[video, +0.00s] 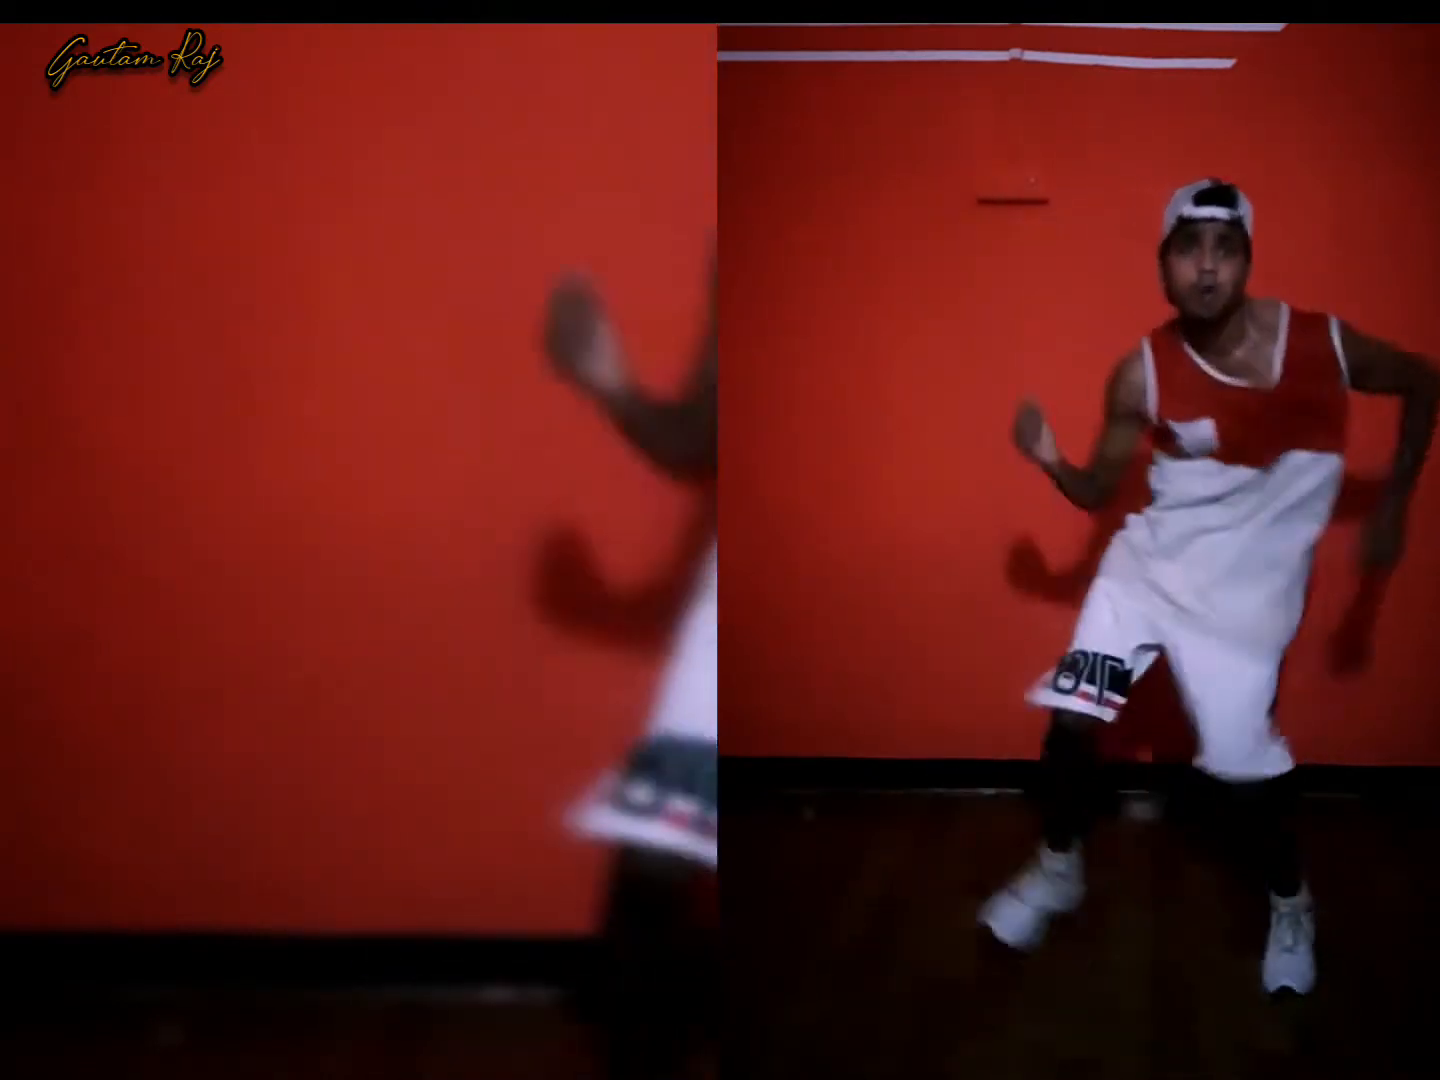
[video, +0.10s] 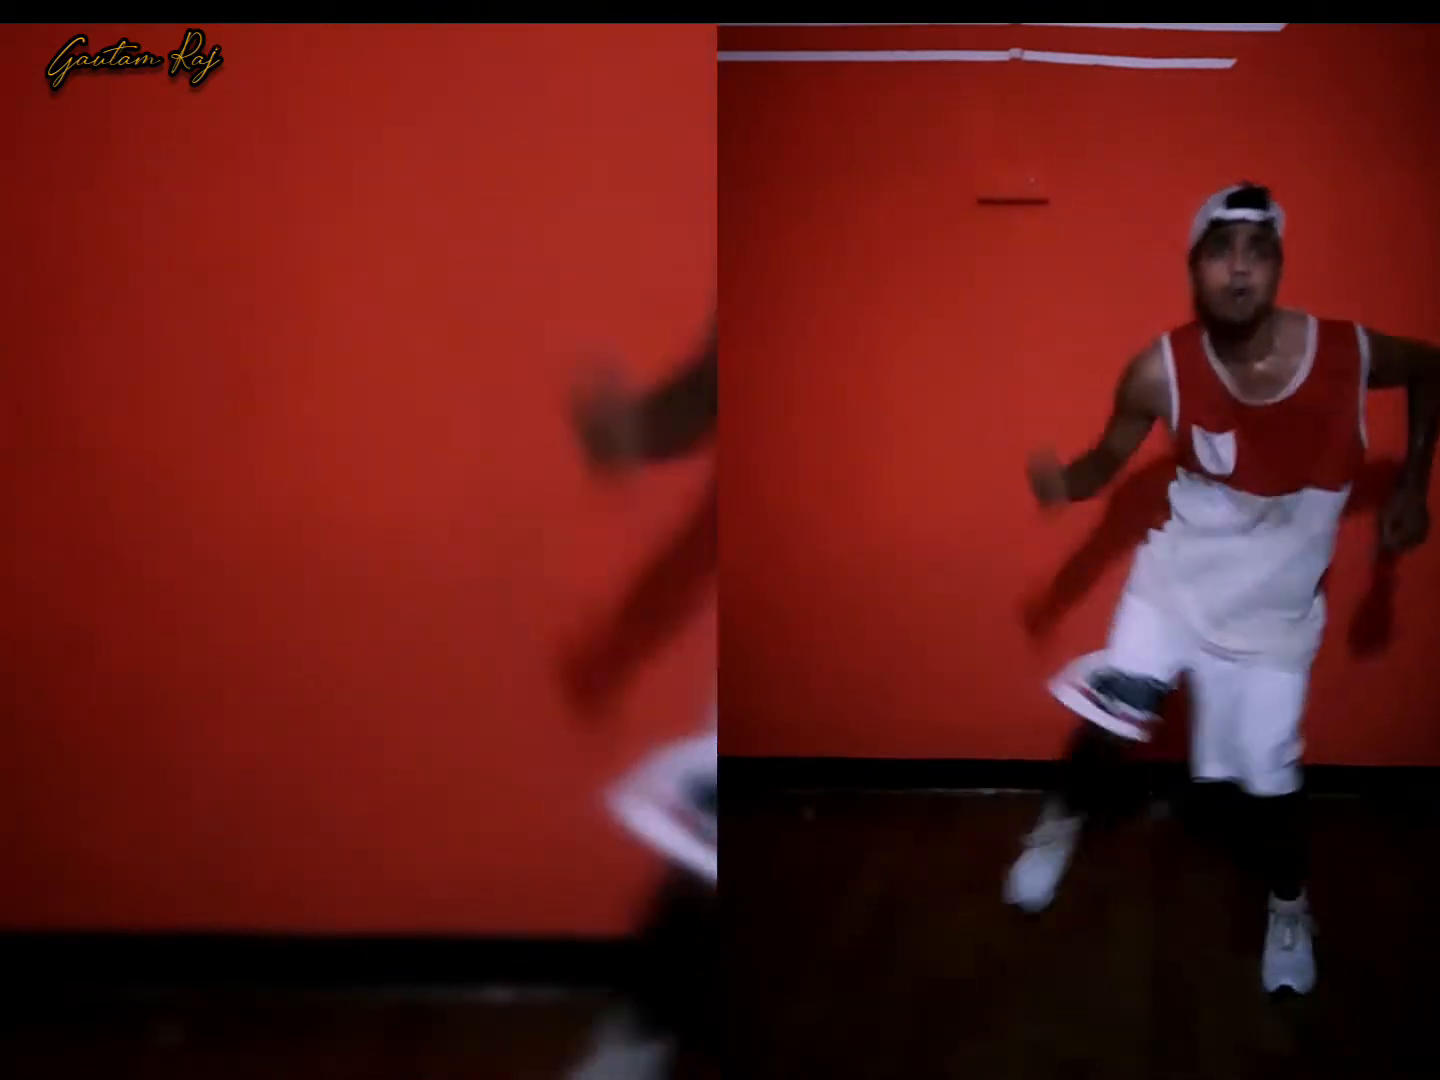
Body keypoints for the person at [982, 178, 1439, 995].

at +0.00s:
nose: (1207, 269)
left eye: (1224, 251)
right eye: (1189, 252)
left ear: (1248, 262)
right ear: (1165, 267)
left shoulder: (1318, 346)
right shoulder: (1144, 371)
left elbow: (1420, 381)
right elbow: (1096, 489)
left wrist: (1394, 503)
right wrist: (1051, 460)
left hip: (1248, 589)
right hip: (1146, 565)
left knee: (1237, 759)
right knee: (1070, 720)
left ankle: (1288, 909)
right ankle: (1056, 869)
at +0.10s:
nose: (1239, 270)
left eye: (1257, 252)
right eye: (1221, 252)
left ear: (1281, 268)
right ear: (1195, 270)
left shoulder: (1346, 353)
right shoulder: (1163, 370)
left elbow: (1430, 372)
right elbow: (1105, 463)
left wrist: (1414, 485)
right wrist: (1065, 481)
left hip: (1279, 595)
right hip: (1178, 572)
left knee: (1262, 773)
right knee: (1113, 714)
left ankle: (1288, 912)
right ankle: (1058, 826)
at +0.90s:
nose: (1207, 263)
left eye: (1223, 245)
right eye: (1189, 246)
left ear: (1247, 259)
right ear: (1163, 260)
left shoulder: (1293, 363)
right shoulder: (1114, 348)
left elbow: (1292, 507)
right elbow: (1045, 413)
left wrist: (1303, 449)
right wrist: (1054, 508)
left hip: (1255, 554)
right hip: (1150, 546)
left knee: (1290, 706)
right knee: (1127, 711)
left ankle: (1239, 812)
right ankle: (1135, 875)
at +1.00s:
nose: (1191, 274)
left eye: (1208, 257)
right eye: (1174, 256)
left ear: (1231, 272)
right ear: (1148, 269)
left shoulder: (1264, 372)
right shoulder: (1094, 354)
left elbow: (1261, 531)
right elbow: (1039, 406)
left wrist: (1275, 426)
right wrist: (1047, 503)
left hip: (1231, 578)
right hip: (1128, 573)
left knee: (1250, 729)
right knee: (1118, 745)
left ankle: (1172, 781)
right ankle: (1133, 885)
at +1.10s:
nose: (1157, 270)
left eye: (1174, 254)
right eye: (1140, 253)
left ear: (1199, 269)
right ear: (1117, 268)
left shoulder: (1250, 368)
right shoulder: (1080, 359)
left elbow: (1283, 478)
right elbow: (1036, 429)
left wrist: (1238, 485)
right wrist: (1025, 524)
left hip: (1192, 592)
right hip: (1102, 577)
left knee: (1165, 752)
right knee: (1076, 740)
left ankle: (1062, 792)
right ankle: (1128, 881)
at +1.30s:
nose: (1128, 284)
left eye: (1145, 268)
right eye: (1112, 268)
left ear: (1170, 279)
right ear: (1092, 282)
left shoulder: (1230, 374)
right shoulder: (1067, 374)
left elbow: (1286, 452)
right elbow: (1043, 465)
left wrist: (1219, 526)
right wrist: (1016, 512)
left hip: (1167, 600)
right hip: (1083, 585)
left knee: (1106, 776)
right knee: (1058, 751)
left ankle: (1042, 802)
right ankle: (1125, 881)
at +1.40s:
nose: (1138, 280)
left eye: (1155, 263)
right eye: (1121, 263)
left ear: (1179, 276)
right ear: (1099, 277)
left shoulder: (1233, 371)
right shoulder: (1064, 365)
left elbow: (1284, 463)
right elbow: (1028, 445)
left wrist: (1229, 491)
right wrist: (1033, 498)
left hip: (1181, 593)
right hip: (1084, 586)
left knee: (1177, 770)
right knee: (1067, 749)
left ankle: (1136, 768)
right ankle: (1121, 882)